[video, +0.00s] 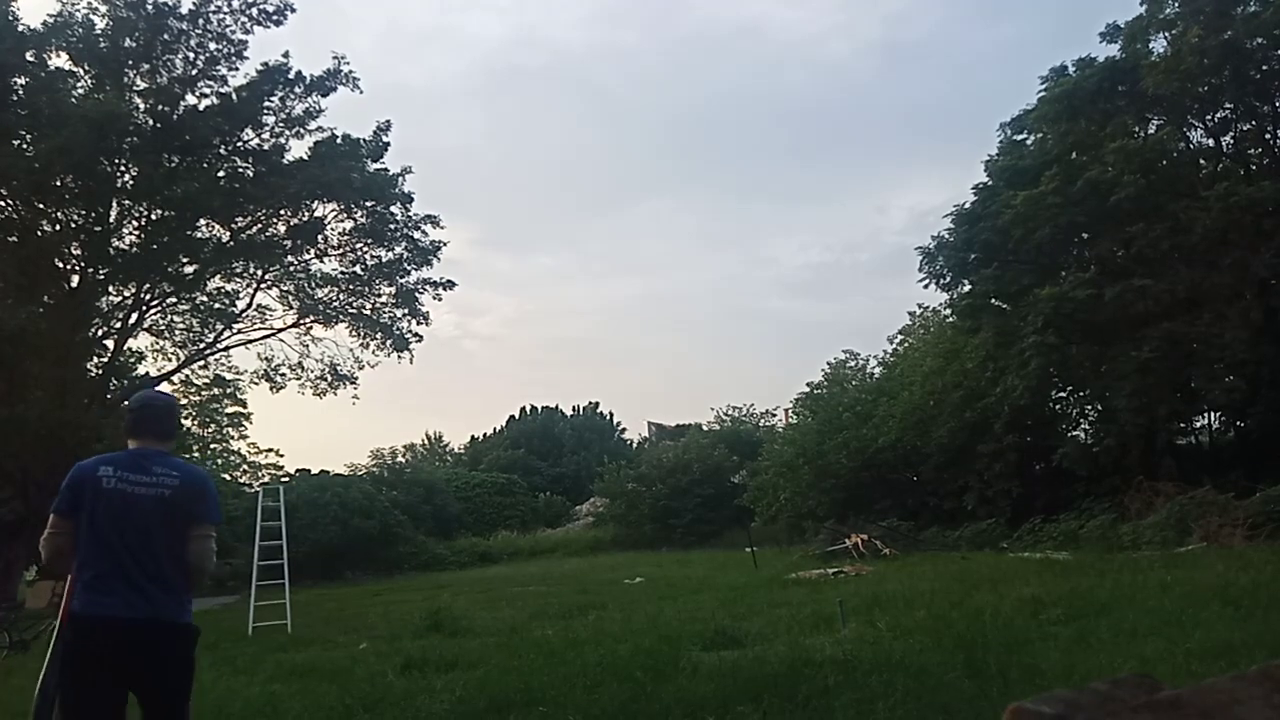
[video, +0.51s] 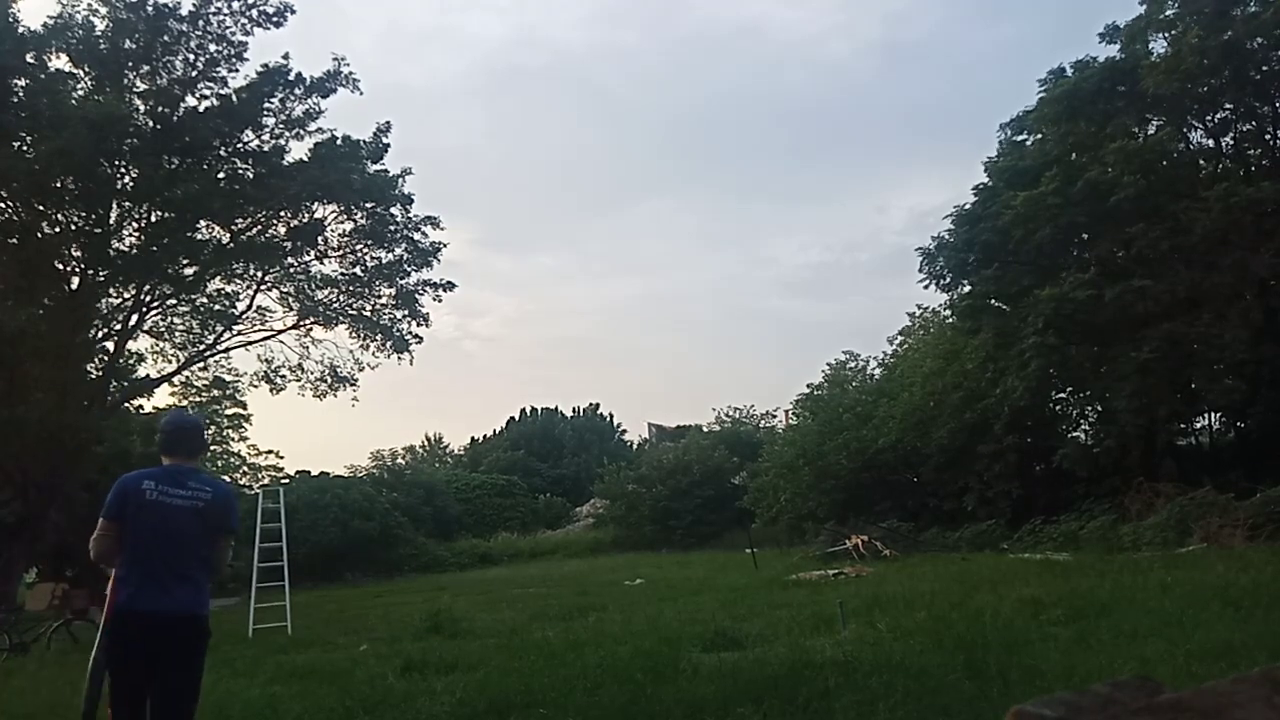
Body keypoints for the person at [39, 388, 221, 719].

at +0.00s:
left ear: (127, 426)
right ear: (175, 430)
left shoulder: (86, 472)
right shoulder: (196, 481)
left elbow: (52, 554)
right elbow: (202, 562)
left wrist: (101, 556)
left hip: (91, 633)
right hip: (166, 638)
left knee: (86, 712)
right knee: (168, 714)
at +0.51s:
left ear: (160, 445)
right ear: (203, 448)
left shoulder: (129, 484)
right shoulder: (222, 493)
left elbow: (100, 549)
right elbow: (220, 564)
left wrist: (135, 565)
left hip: (130, 619)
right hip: (187, 623)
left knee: (126, 708)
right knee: (176, 708)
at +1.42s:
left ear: (185, 473)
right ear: (215, 477)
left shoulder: (158, 504)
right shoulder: (227, 511)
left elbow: (138, 554)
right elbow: (236, 559)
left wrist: (162, 566)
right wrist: (226, 585)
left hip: (164, 610)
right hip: (207, 611)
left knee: (154, 688)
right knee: (204, 690)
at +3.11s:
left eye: (174, 504)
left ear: (170, 505)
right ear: (191, 504)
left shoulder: (158, 529)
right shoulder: (206, 528)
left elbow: (146, 565)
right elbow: (223, 560)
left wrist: (164, 558)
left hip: (167, 600)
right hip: (197, 599)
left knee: (164, 649)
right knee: (195, 648)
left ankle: (163, 693)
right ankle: (190, 693)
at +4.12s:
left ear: (160, 516)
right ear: (178, 517)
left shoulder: (147, 538)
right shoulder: (188, 538)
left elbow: (138, 570)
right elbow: (189, 566)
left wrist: (134, 596)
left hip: (152, 597)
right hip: (178, 597)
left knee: (147, 639)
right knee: (177, 640)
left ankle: (143, 677)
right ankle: (177, 680)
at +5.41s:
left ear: (128, 528)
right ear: (144, 528)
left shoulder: (117, 546)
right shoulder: (152, 543)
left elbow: (110, 572)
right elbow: (164, 567)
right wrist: (169, 585)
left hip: (124, 597)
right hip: (147, 595)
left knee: (120, 633)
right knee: (145, 628)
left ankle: (120, 668)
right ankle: (142, 651)